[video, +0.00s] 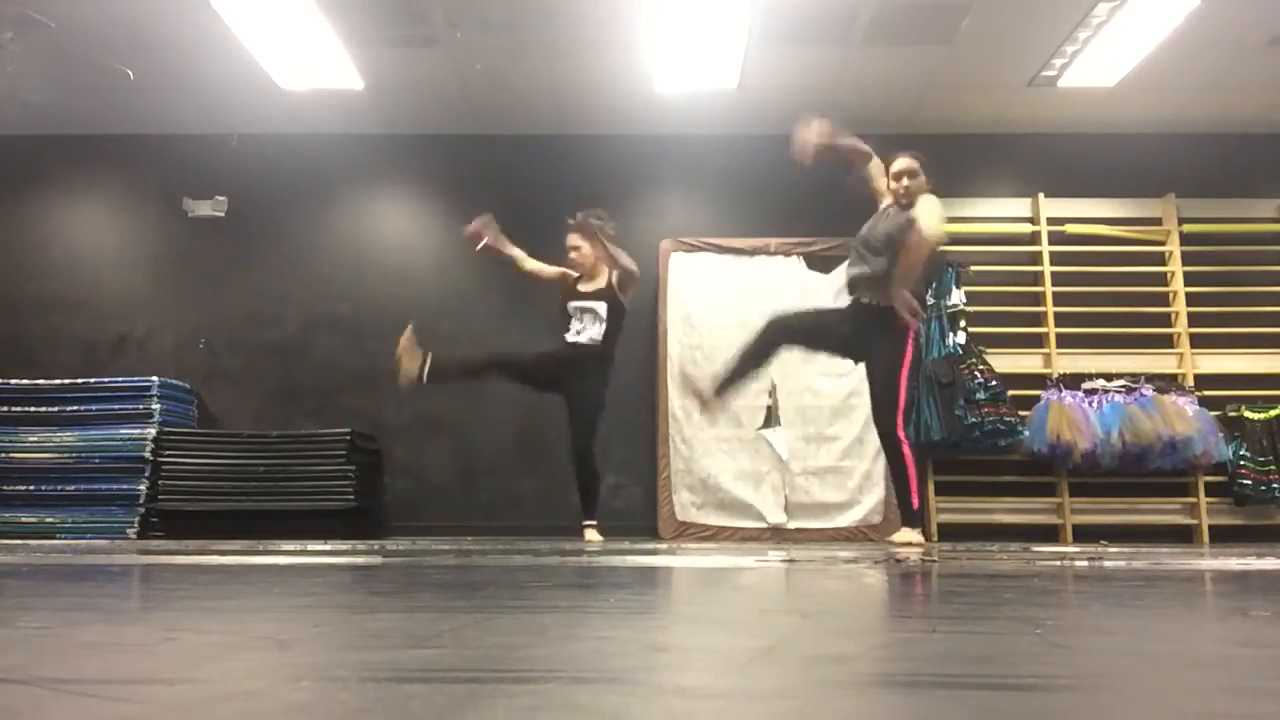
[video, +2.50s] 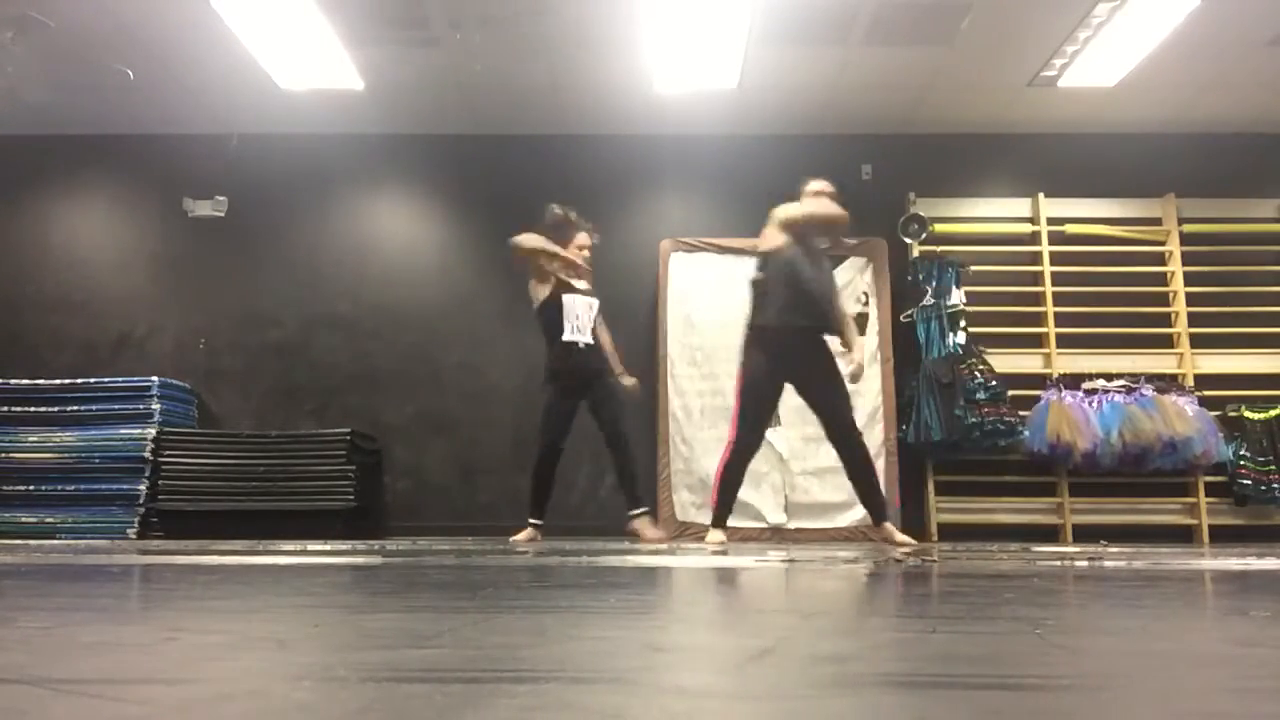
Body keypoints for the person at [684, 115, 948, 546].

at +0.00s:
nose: (903, 182)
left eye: (911, 175)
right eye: (896, 177)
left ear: (924, 180)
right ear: (887, 182)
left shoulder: (926, 208)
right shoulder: (888, 202)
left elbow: (928, 238)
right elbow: (867, 158)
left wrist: (901, 287)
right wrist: (827, 136)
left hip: (893, 326)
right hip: (858, 320)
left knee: (890, 424)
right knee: (780, 327)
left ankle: (914, 527)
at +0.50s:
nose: (856, 273)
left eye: (860, 264)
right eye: (854, 266)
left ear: (886, 262)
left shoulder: (912, 284)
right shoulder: (887, 305)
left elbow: (918, 344)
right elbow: (900, 375)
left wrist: (864, 336)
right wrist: (861, 362)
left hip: (979, 371)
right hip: (949, 379)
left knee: (916, 433)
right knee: (934, 467)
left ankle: (914, 530)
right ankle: (1018, 489)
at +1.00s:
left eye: (972, 214)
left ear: (973, 220)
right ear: (1007, 208)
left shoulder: (966, 263)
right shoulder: (1026, 222)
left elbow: (974, 311)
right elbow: (1066, 176)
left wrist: (975, 282)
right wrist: (1055, 170)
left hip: (1022, 354)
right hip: (1065, 346)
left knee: (966, 432)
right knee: (1072, 447)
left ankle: (926, 520)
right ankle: (1120, 527)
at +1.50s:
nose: (960, 248)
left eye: (961, 243)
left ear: (966, 248)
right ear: (1001, 242)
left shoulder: (960, 278)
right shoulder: (1024, 260)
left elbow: (949, 321)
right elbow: (1081, 250)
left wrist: (957, 280)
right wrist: (1135, 222)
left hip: (1026, 354)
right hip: (1068, 350)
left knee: (972, 435)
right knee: (1057, 447)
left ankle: (921, 522)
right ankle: (1116, 527)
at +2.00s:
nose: (886, 283)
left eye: (894, 275)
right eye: (880, 277)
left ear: (912, 279)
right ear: (872, 284)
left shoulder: (943, 308)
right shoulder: (870, 329)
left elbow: (978, 358)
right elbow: (842, 384)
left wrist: (925, 365)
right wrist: (813, 437)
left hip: (966, 378)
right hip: (926, 388)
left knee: (932, 437)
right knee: (961, 475)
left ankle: (914, 529)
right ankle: (1044, 498)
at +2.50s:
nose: (826, 201)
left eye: (830, 196)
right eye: (818, 195)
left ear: (835, 206)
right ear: (800, 200)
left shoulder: (820, 259)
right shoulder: (778, 229)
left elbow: (836, 308)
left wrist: (854, 346)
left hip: (809, 347)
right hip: (766, 345)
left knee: (845, 434)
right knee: (746, 438)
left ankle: (881, 523)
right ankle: (717, 526)